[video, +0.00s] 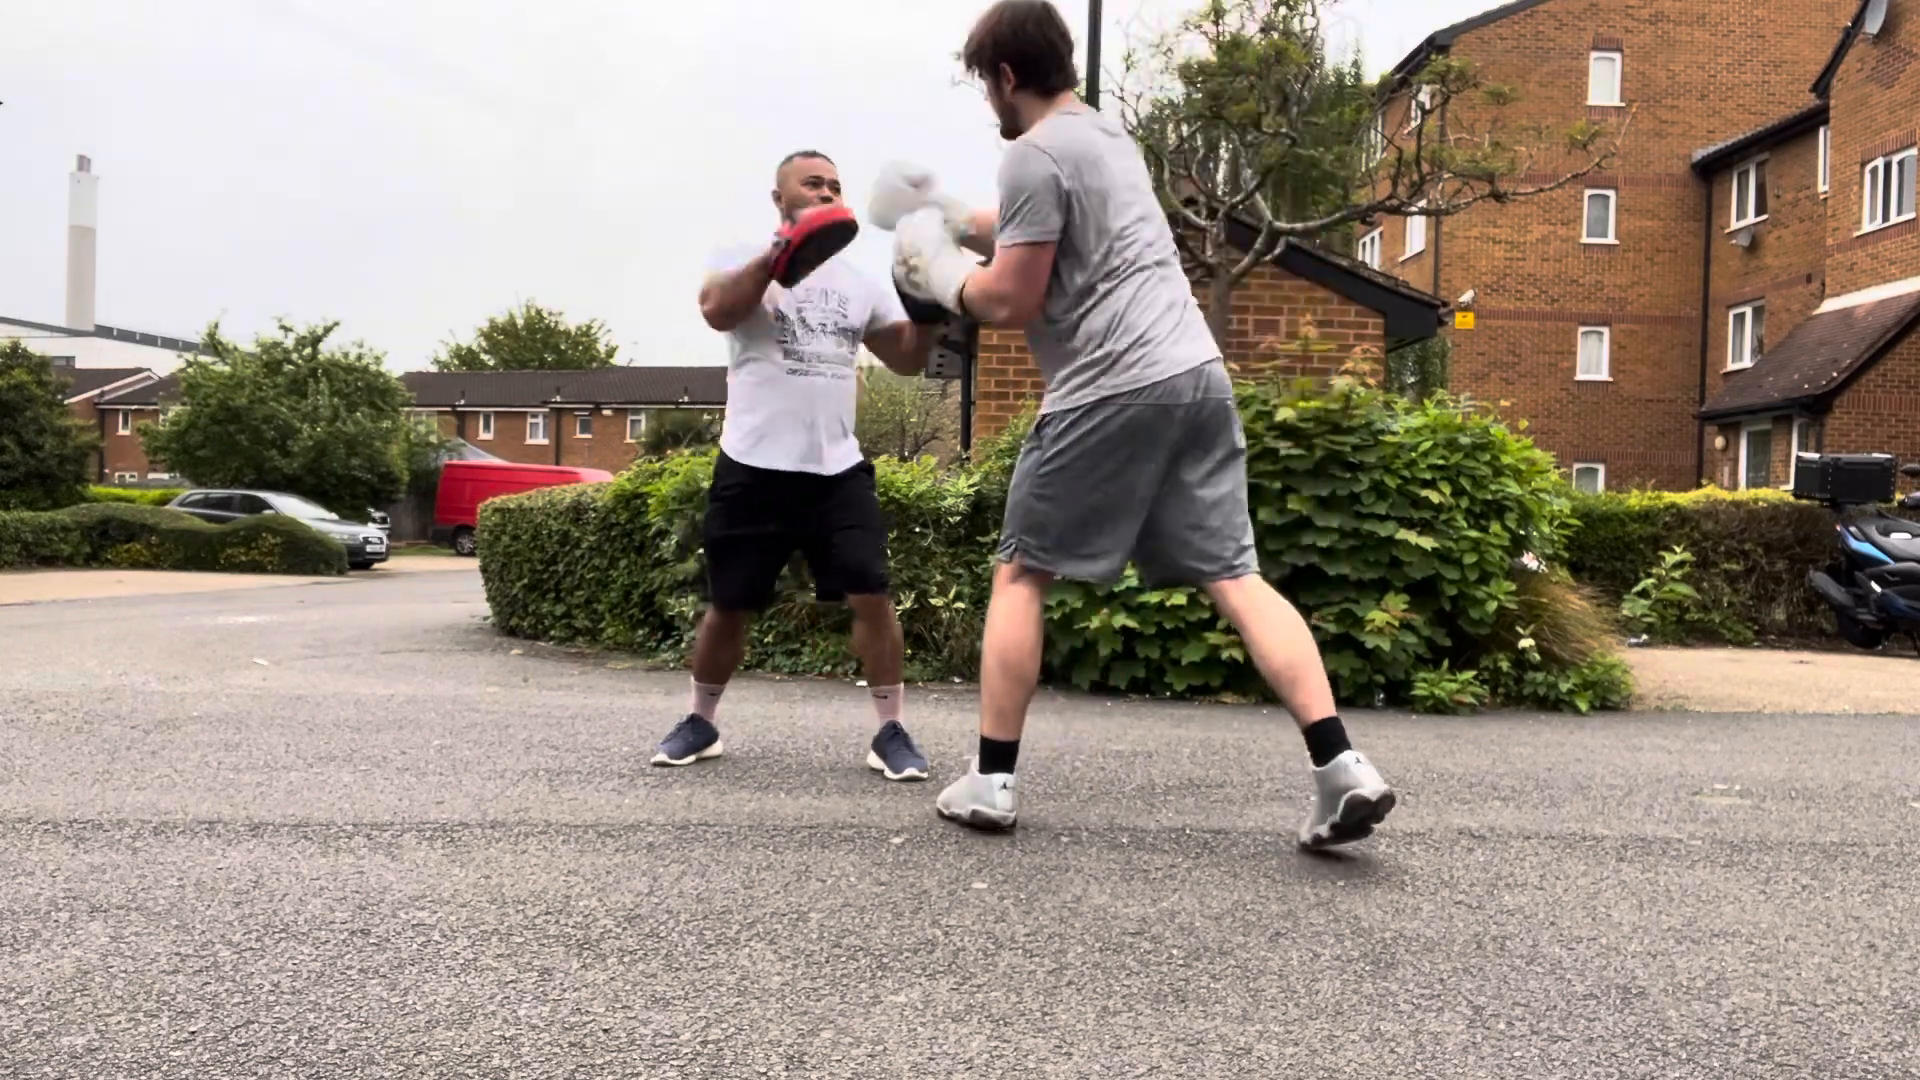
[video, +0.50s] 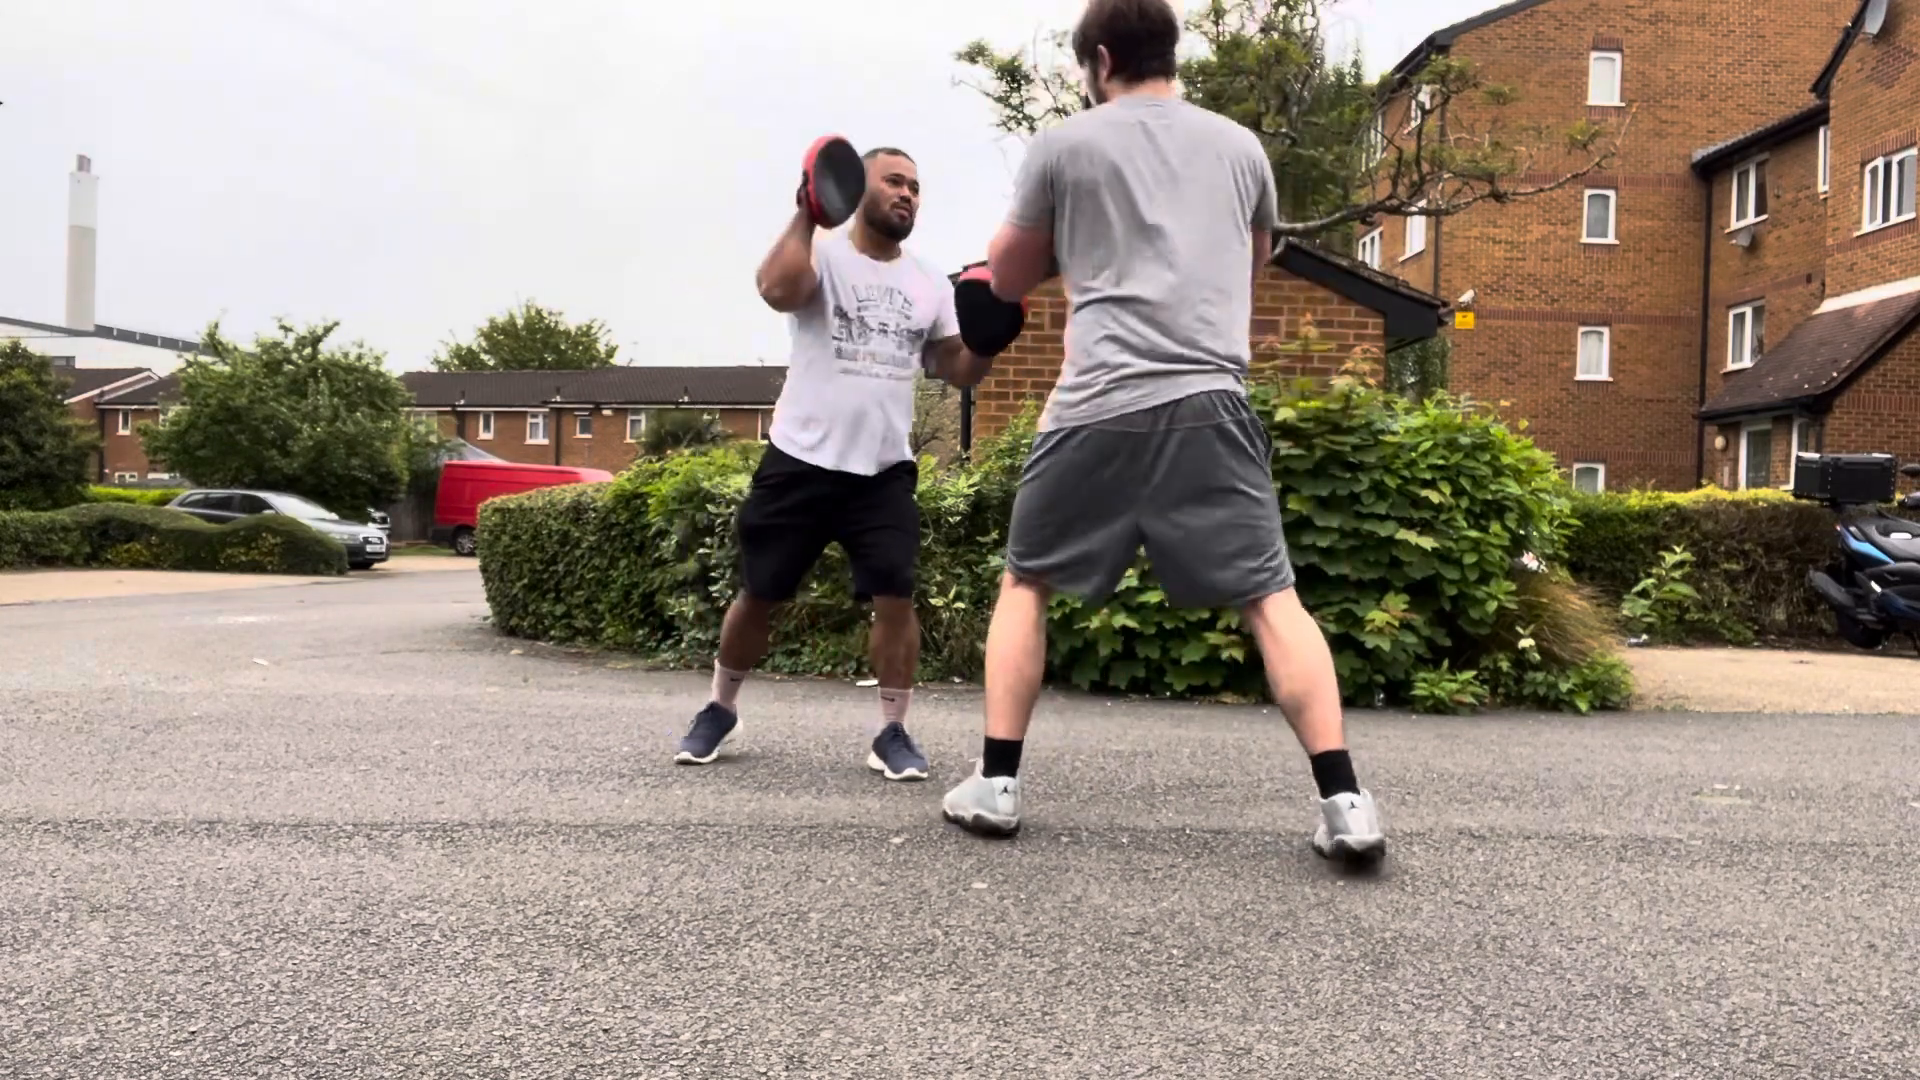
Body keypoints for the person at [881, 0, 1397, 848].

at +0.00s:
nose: (983, 97)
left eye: (983, 80)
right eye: (981, 80)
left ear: (1006, 74)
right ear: (1057, 67)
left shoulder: (1037, 152)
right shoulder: (1109, 135)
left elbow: (1013, 301)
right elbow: (1047, 237)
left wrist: (953, 283)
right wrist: (953, 216)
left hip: (1109, 389)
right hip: (1199, 375)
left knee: (1021, 572)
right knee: (1236, 575)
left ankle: (991, 780)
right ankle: (1342, 765)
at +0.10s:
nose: (1054, 73)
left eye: (1053, 58)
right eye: (1054, 57)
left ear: (1070, 51)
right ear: (1140, 40)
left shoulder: (1060, 134)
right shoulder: (1208, 129)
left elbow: (994, 262)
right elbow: (1178, 238)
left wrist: (988, 184)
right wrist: (1039, 191)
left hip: (1095, 396)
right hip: (1206, 386)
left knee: (1024, 576)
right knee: (1247, 580)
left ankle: (994, 777)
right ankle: (1338, 772)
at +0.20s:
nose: (1108, 77)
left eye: (1107, 63)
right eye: (1109, 62)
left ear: (1125, 56)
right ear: (1200, 52)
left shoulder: (1090, 141)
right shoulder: (1265, 149)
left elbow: (1037, 259)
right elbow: (1241, 254)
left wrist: (1044, 178)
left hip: (1097, 411)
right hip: (1215, 406)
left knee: (1024, 577)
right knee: (1265, 599)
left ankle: (992, 775)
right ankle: (1340, 797)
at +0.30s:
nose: (1132, 87)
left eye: (1133, 76)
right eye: (1138, 76)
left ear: (1146, 74)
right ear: (1223, 71)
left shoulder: (1099, 147)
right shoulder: (1284, 162)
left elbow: (1055, 271)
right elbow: (1268, 285)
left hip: (1100, 418)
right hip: (1218, 419)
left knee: (1024, 580)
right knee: (1276, 611)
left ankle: (978, 774)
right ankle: (1343, 812)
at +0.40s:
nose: (1128, 85)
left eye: (1128, 74)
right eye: (1134, 73)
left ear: (1140, 71)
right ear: (1215, 68)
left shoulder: (1092, 148)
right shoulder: (1278, 159)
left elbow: (1047, 274)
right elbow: (1274, 284)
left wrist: (1127, 236)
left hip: (1104, 412)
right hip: (1221, 414)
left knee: (1024, 578)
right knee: (1278, 608)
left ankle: (982, 778)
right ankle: (1344, 813)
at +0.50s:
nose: (1078, 82)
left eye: (1079, 70)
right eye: (1079, 71)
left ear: (1100, 64)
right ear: (1172, 60)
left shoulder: (1063, 145)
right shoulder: (1240, 144)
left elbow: (1010, 274)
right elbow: (1254, 259)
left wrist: (1090, 224)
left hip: (1096, 408)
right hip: (1212, 403)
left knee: (1025, 580)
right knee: (1272, 594)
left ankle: (997, 783)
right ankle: (1343, 799)